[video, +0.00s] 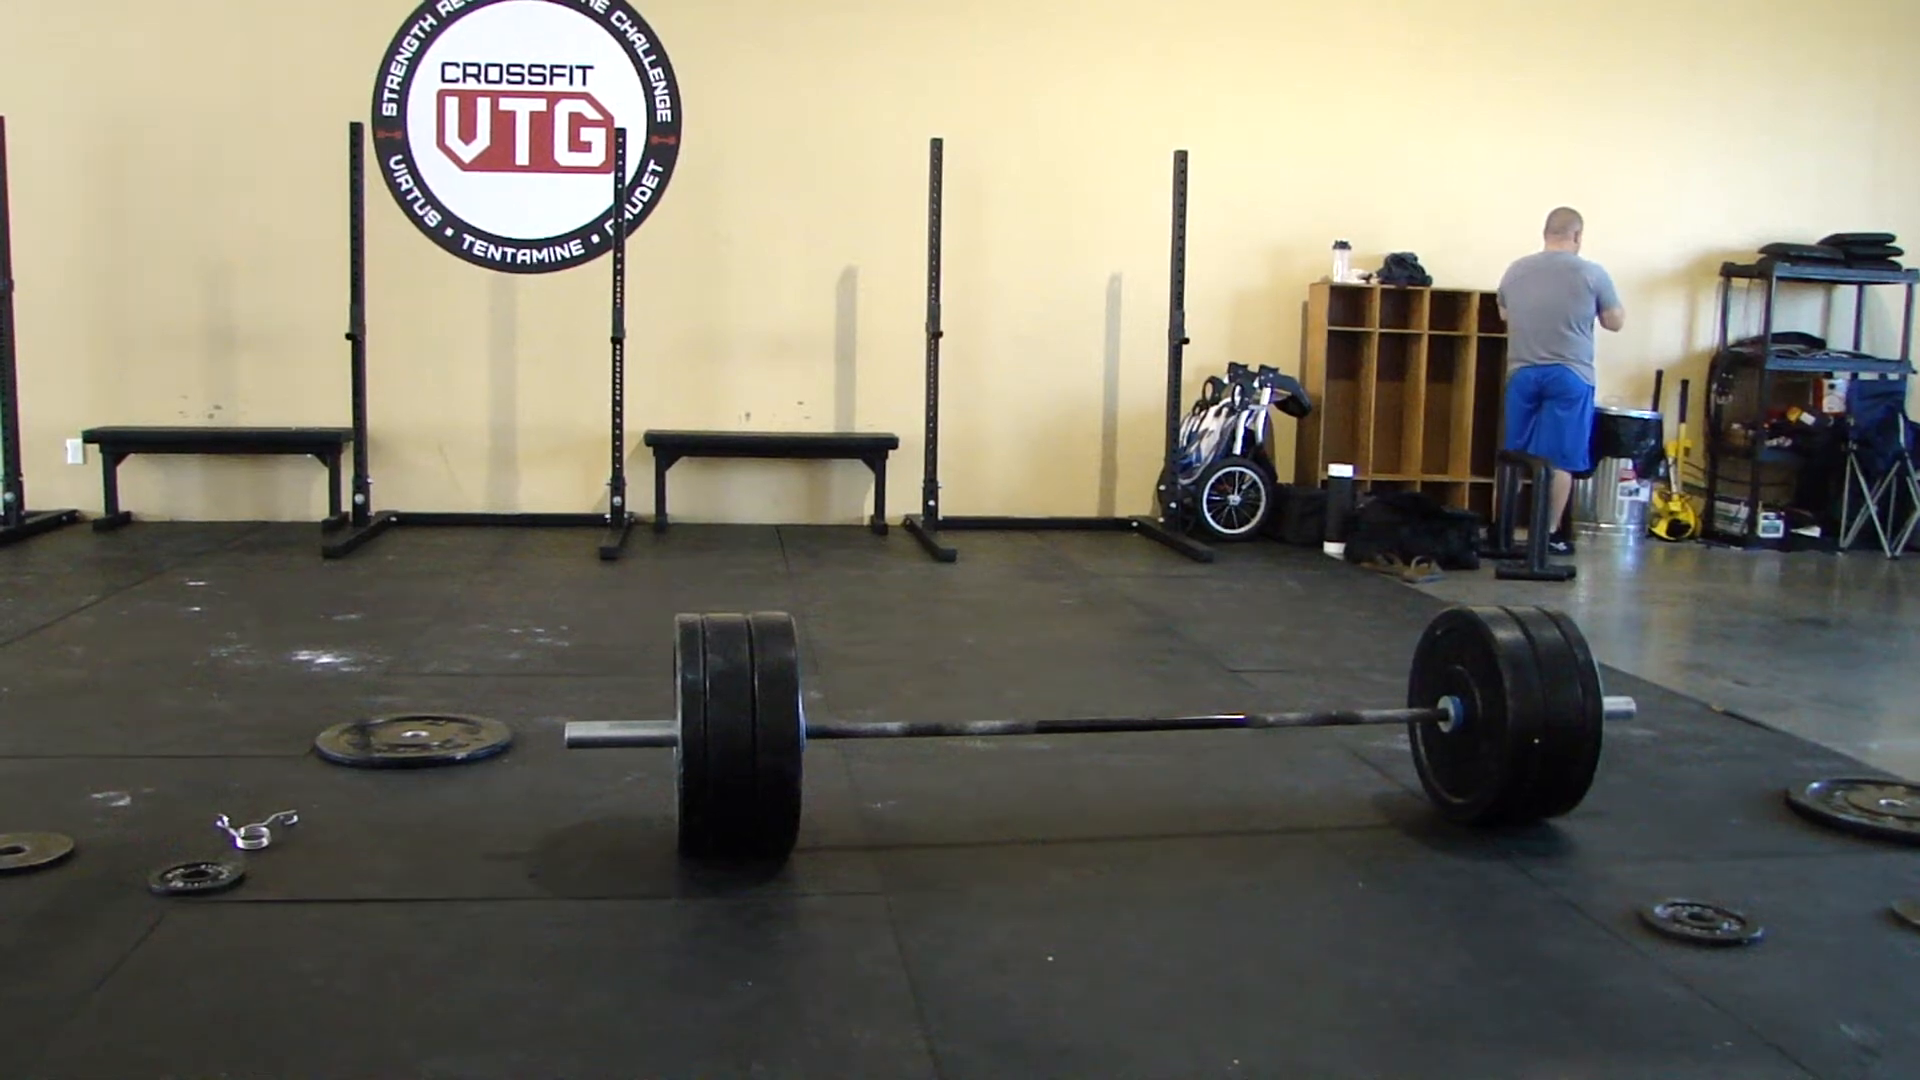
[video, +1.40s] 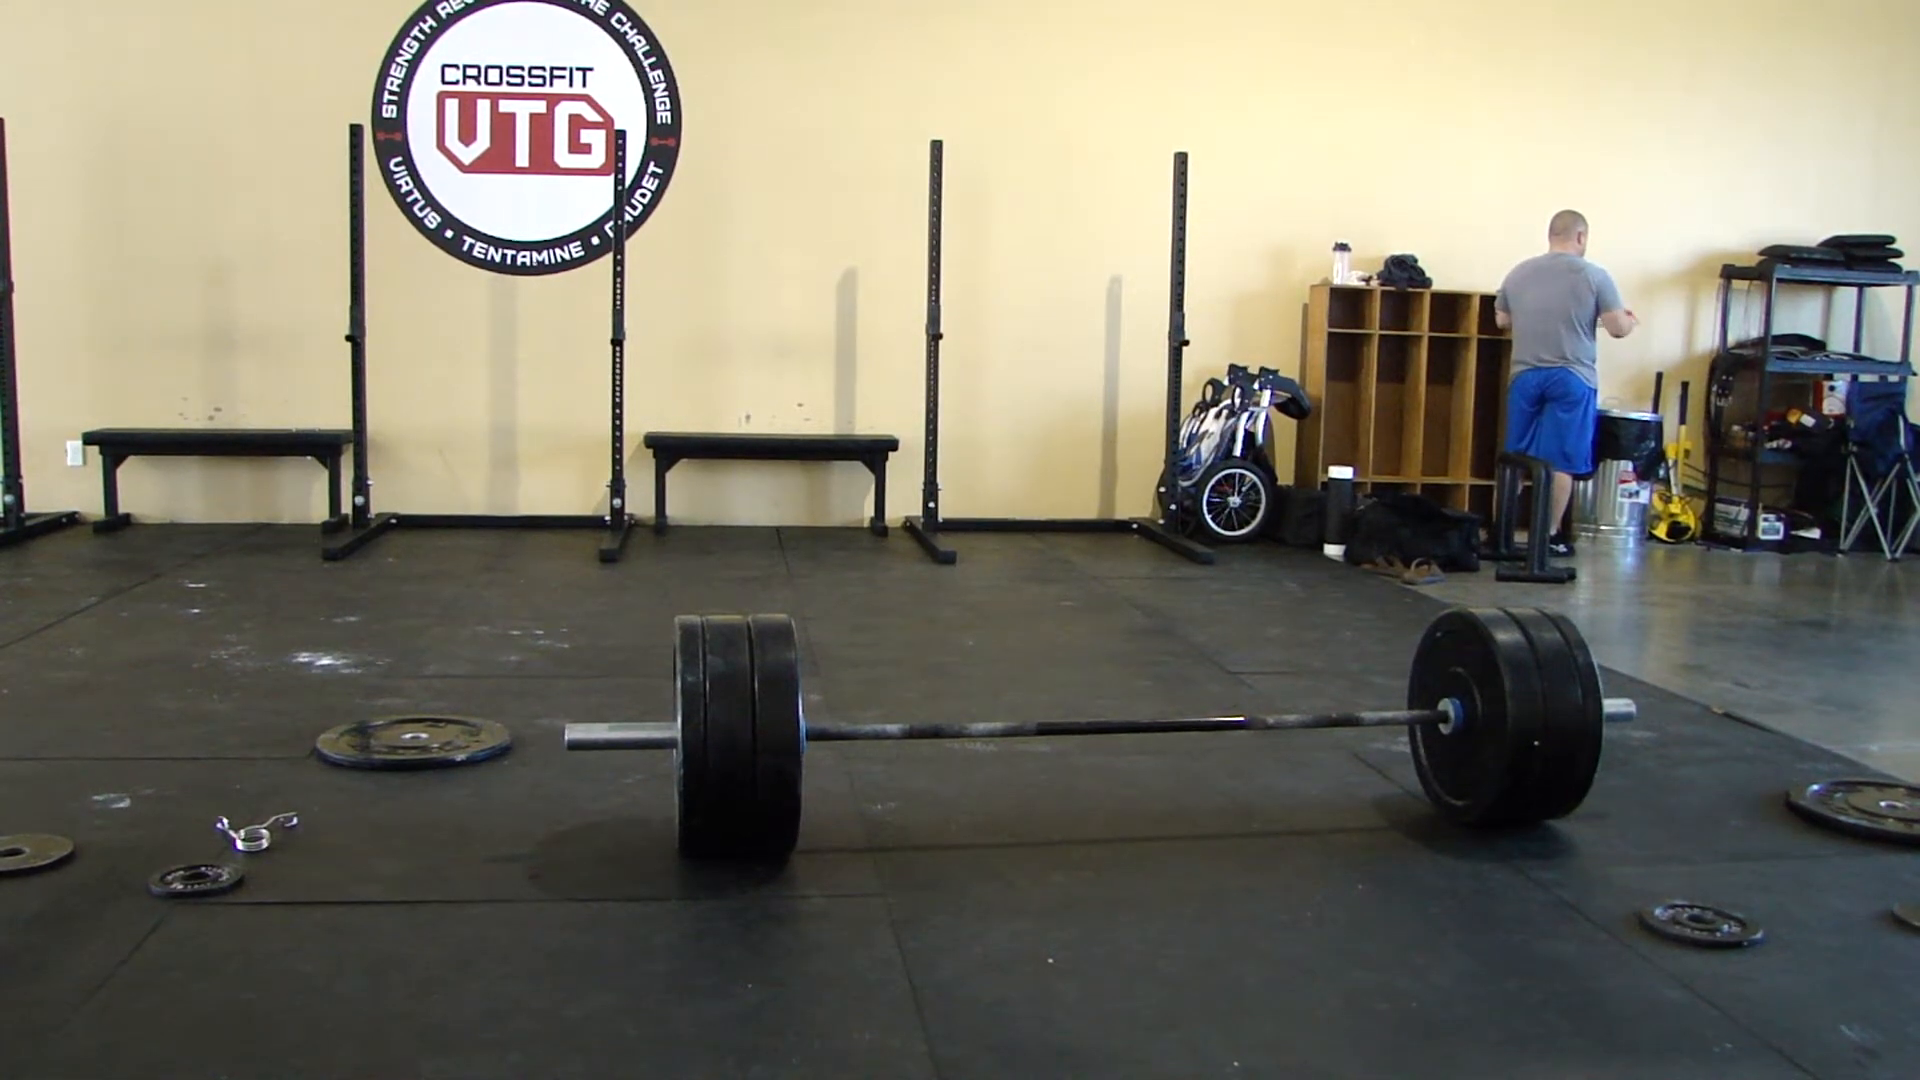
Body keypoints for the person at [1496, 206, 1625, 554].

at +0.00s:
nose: (1579, 242)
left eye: (1578, 237)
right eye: (1580, 237)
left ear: (1545, 234)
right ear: (1576, 235)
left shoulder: (1516, 269)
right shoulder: (1590, 272)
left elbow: (1505, 314)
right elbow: (1614, 321)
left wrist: (1537, 306)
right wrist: (1587, 298)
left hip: (1522, 373)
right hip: (1570, 374)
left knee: (1513, 456)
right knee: (1560, 461)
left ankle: (1502, 532)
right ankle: (1549, 534)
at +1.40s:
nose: (1585, 245)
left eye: (1585, 240)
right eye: (1586, 239)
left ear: (1550, 236)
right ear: (1580, 237)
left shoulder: (1519, 272)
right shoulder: (1592, 274)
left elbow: (1502, 320)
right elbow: (1618, 329)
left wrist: (1536, 309)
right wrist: (1628, 319)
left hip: (1524, 376)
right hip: (1572, 377)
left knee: (1514, 459)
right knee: (1561, 463)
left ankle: (1502, 534)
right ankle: (1549, 537)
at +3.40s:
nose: (1583, 247)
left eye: (1581, 243)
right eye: (1584, 242)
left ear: (1548, 240)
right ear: (1582, 241)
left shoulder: (1519, 273)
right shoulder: (1595, 276)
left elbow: (1504, 322)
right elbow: (1616, 330)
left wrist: (1537, 323)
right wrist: (1582, 327)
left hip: (1523, 376)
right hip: (1571, 378)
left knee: (1512, 459)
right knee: (1560, 464)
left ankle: (1501, 537)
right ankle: (1548, 538)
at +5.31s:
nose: (1563, 245)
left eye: (1549, 239)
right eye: (1577, 240)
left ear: (1545, 240)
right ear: (1580, 241)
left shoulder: (1520, 275)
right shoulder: (1598, 275)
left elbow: (1509, 323)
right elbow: (1618, 325)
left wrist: (1543, 313)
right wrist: (1581, 311)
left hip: (1527, 377)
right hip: (1575, 379)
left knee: (1517, 460)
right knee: (1561, 465)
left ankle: (1505, 535)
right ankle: (1547, 539)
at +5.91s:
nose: (1577, 244)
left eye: (1555, 237)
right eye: (1580, 239)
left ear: (1547, 239)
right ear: (1582, 240)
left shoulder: (1521, 274)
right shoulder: (1597, 276)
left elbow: (1505, 320)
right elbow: (1623, 316)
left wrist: (1540, 312)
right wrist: (1591, 298)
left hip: (1527, 378)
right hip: (1575, 379)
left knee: (1516, 460)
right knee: (1562, 466)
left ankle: (1501, 536)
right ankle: (1547, 540)